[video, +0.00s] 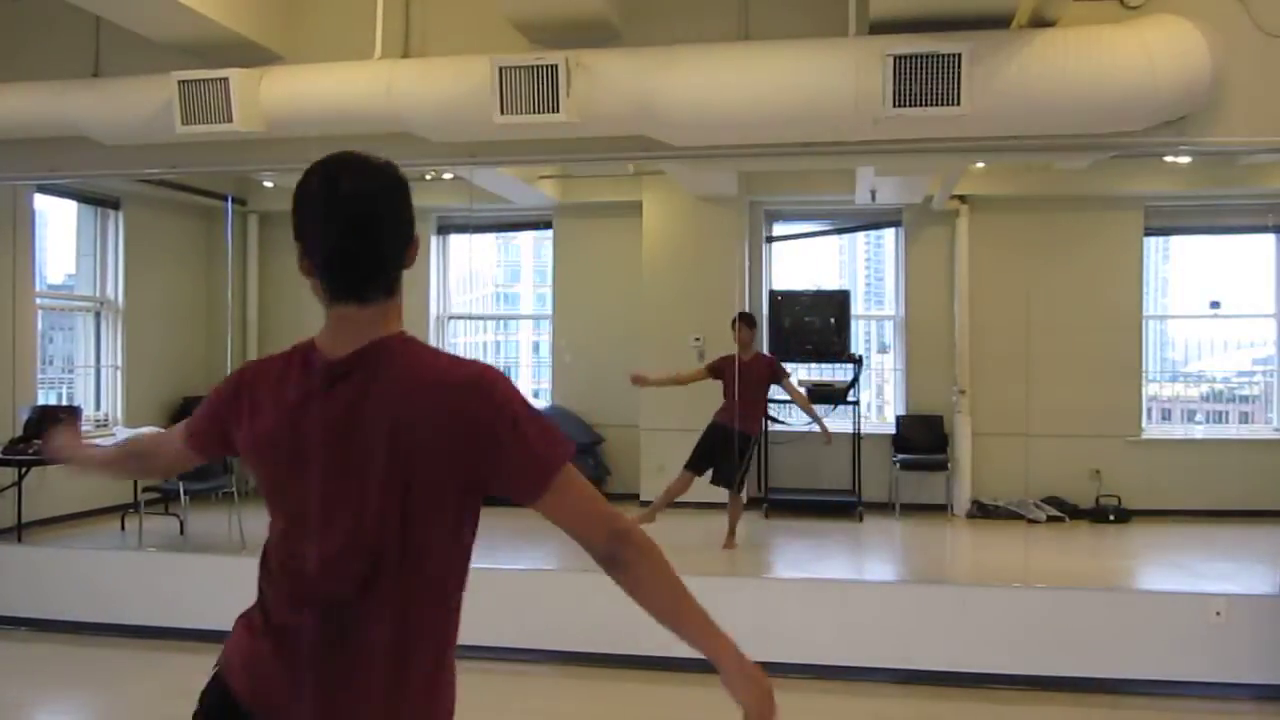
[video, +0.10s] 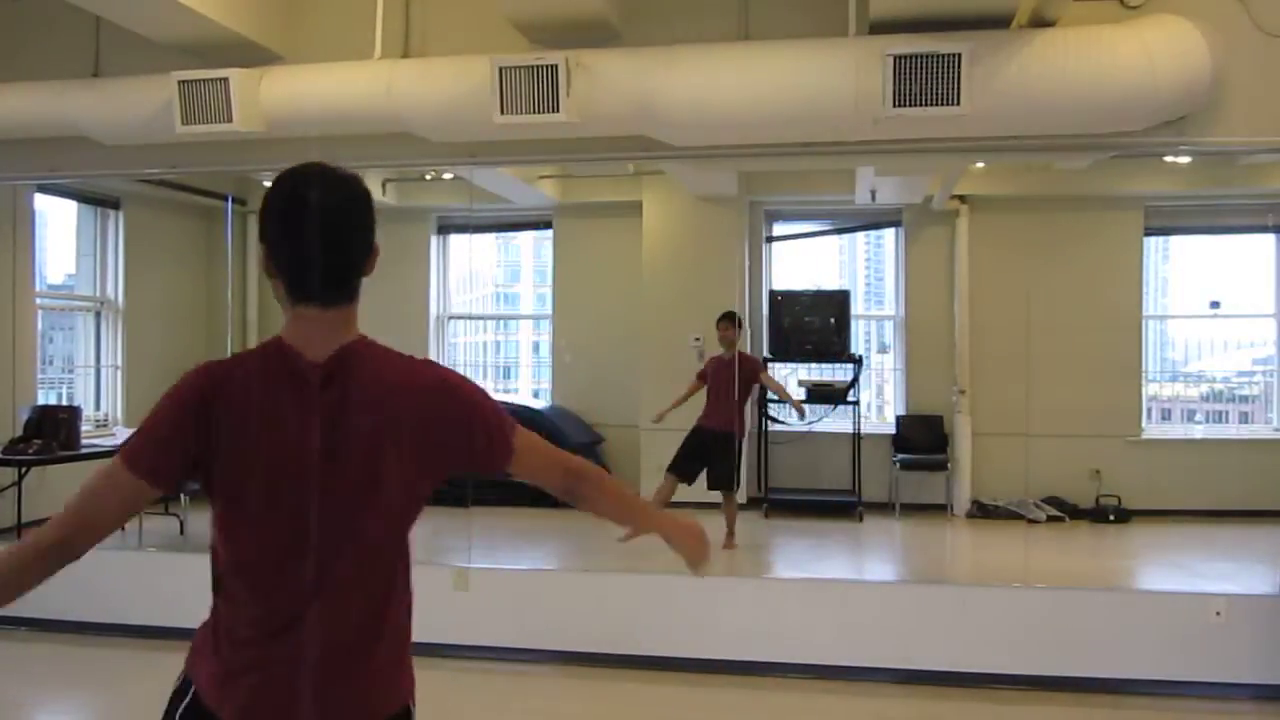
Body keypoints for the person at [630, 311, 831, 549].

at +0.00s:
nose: (738, 334)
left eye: (742, 329)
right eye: (735, 330)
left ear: (753, 332)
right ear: (732, 333)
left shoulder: (768, 364)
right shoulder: (727, 363)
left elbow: (796, 396)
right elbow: (685, 378)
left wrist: (820, 424)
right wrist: (649, 381)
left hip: (746, 432)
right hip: (721, 425)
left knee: (735, 487)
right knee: (689, 471)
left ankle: (730, 536)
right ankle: (651, 512)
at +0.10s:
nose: (723, 335)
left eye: (728, 330)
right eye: (720, 330)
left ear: (739, 332)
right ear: (716, 333)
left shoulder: (750, 363)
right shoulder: (713, 364)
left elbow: (771, 384)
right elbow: (691, 390)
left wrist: (792, 402)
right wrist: (666, 411)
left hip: (729, 433)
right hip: (703, 429)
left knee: (727, 489)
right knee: (672, 475)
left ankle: (730, 534)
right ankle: (645, 521)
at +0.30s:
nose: (696, 328)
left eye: (702, 324)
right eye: (695, 323)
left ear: (713, 328)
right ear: (691, 325)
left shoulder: (703, 351)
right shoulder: (701, 352)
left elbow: (690, 358)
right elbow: (721, 354)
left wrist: (676, 358)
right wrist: (737, 345)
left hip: (688, 412)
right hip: (670, 414)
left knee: (720, 463)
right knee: (664, 479)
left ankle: (760, 505)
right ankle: (664, 537)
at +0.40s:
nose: (686, 326)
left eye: (692, 324)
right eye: (686, 322)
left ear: (704, 329)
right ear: (688, 323)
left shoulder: (688, 352)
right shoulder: (700, 339)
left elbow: (660, 357)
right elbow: (718, 314)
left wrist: (630, 354)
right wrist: (737, 294)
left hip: (675, 403)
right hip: (669, 405)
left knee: (701, 440)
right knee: (663, 474)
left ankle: (759, 454)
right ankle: (664, 537)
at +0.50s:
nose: (679, 324)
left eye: (685, 322)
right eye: (679, 319)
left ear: (695, 326)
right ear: (682, 321)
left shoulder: (674, 356)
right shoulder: (693, 342)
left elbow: (634, 363)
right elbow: (691, 303)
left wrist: (596, 357)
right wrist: (701, 270)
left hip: (667, 399)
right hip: (679, 401)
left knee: (678, 424)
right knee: (667, 472)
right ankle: (663, 536)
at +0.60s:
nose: (667, 324)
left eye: (671, 320)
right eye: (667, 319)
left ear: (683, 323)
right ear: (683, 321)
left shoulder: (675, 354)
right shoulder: (690, 337)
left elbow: (638, 369)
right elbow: (679, 296)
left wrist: (604, 369)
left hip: (667, 405)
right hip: (679, 405)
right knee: (669, 475)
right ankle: (659, 532)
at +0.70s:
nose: (651, 327)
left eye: (655, 323)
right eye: (652, 322)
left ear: (668, 325)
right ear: (675, 323)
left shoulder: (668, 351)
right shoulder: (687, 337)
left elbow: (646, 377)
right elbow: (676, 320)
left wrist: (632, 382)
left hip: (661, 408)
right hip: (684, 416)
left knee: (633, 447)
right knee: (665, 480)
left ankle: (626, 480)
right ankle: (648, 537)